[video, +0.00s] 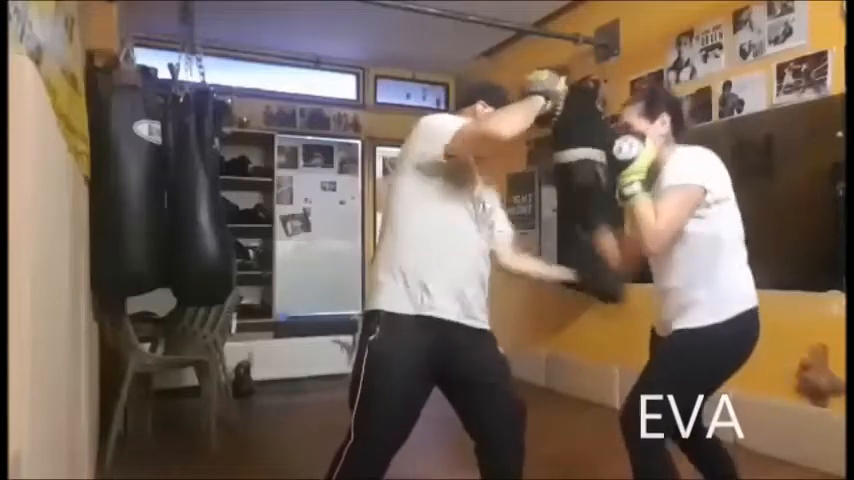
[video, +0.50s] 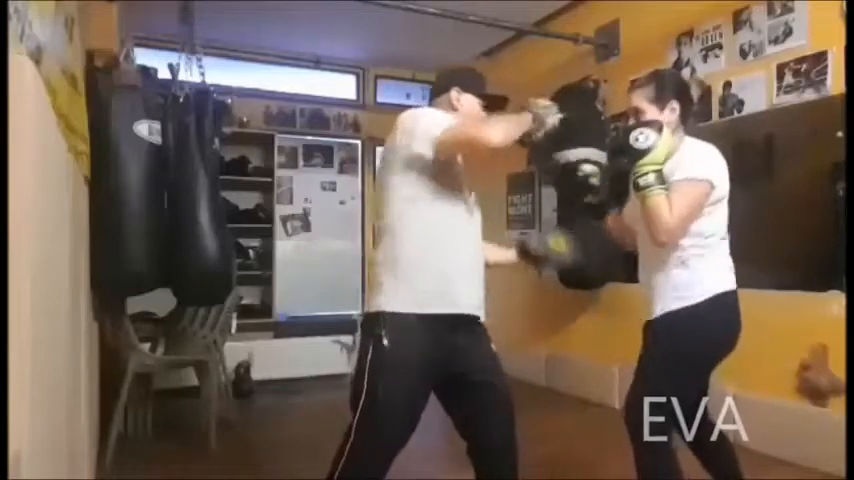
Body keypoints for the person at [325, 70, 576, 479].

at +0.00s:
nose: (493, 125)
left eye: (495, 121)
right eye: (491, 116)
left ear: (485, 120)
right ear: (477, 109)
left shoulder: (486, 194)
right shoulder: (429, 130)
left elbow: (510, 256)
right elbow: (495, 131)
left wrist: (576, 275)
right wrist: (541, 97)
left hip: (467, 329)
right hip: (402, 320)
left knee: (503, 428)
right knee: (373, 441)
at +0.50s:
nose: (486, 111)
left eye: (487, 105)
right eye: (481, 101)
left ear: (461, 102)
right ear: (455, 96)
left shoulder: (454, 163)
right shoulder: (416, 121)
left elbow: (465, 246)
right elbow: (489, 135)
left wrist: (524, 250)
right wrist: (532, 116)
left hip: (461, 324)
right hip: (402, 321)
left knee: (496, 445)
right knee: (369, 450)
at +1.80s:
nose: (464, 100)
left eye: (464, 89)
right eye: (455, 88)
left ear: (431, 93)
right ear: (425, 91)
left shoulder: (442, 146)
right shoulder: (388, 145)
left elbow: (464, 208)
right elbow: (406, 231)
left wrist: (492, 176)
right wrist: (468, 184)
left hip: (456, 333)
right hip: (392, 337)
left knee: (491, 464)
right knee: (355, 465)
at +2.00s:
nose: (469, 99)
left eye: (467, 89)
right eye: (459, 86)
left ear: (433, 93)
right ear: (430, 91)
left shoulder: (441, 148)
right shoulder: (402, 135)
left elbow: (477, 221)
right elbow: (480, 188)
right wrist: (528, 142)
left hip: (452, 329)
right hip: (394, 331)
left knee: (489, 456)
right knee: (360, 460)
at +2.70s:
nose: (502, 102)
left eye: (501, 92)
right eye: (494, 91)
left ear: (469, 92)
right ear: (465, 89)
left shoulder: (467, 148)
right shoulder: (431, 135)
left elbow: (500, 213)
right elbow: (472, 215)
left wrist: (553, 184)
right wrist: (535, 172)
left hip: (468, 326)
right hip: (411, 326)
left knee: (496, 431)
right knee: (375, 444)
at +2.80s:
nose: (499, 102)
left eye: (499, 92)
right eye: (492, 91)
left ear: (464, 93)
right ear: (463, 90)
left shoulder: (457, 142)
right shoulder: (431, 135)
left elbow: (487, 218)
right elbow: (510, 196)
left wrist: (533, 195)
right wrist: (577, 154)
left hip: (464, 326)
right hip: (410, 327)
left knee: (494, 440)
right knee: (374, 448)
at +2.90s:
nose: (494, 105)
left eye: (493, 95)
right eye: (487, 93)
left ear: (460, 94)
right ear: (458, 91)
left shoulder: (470, 146)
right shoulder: (426, 133)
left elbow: (521, 202)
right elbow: (524, 169)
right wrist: (605, 147)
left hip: (463, 328)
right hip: (405, 327)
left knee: (494, 447)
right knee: (370, 451)